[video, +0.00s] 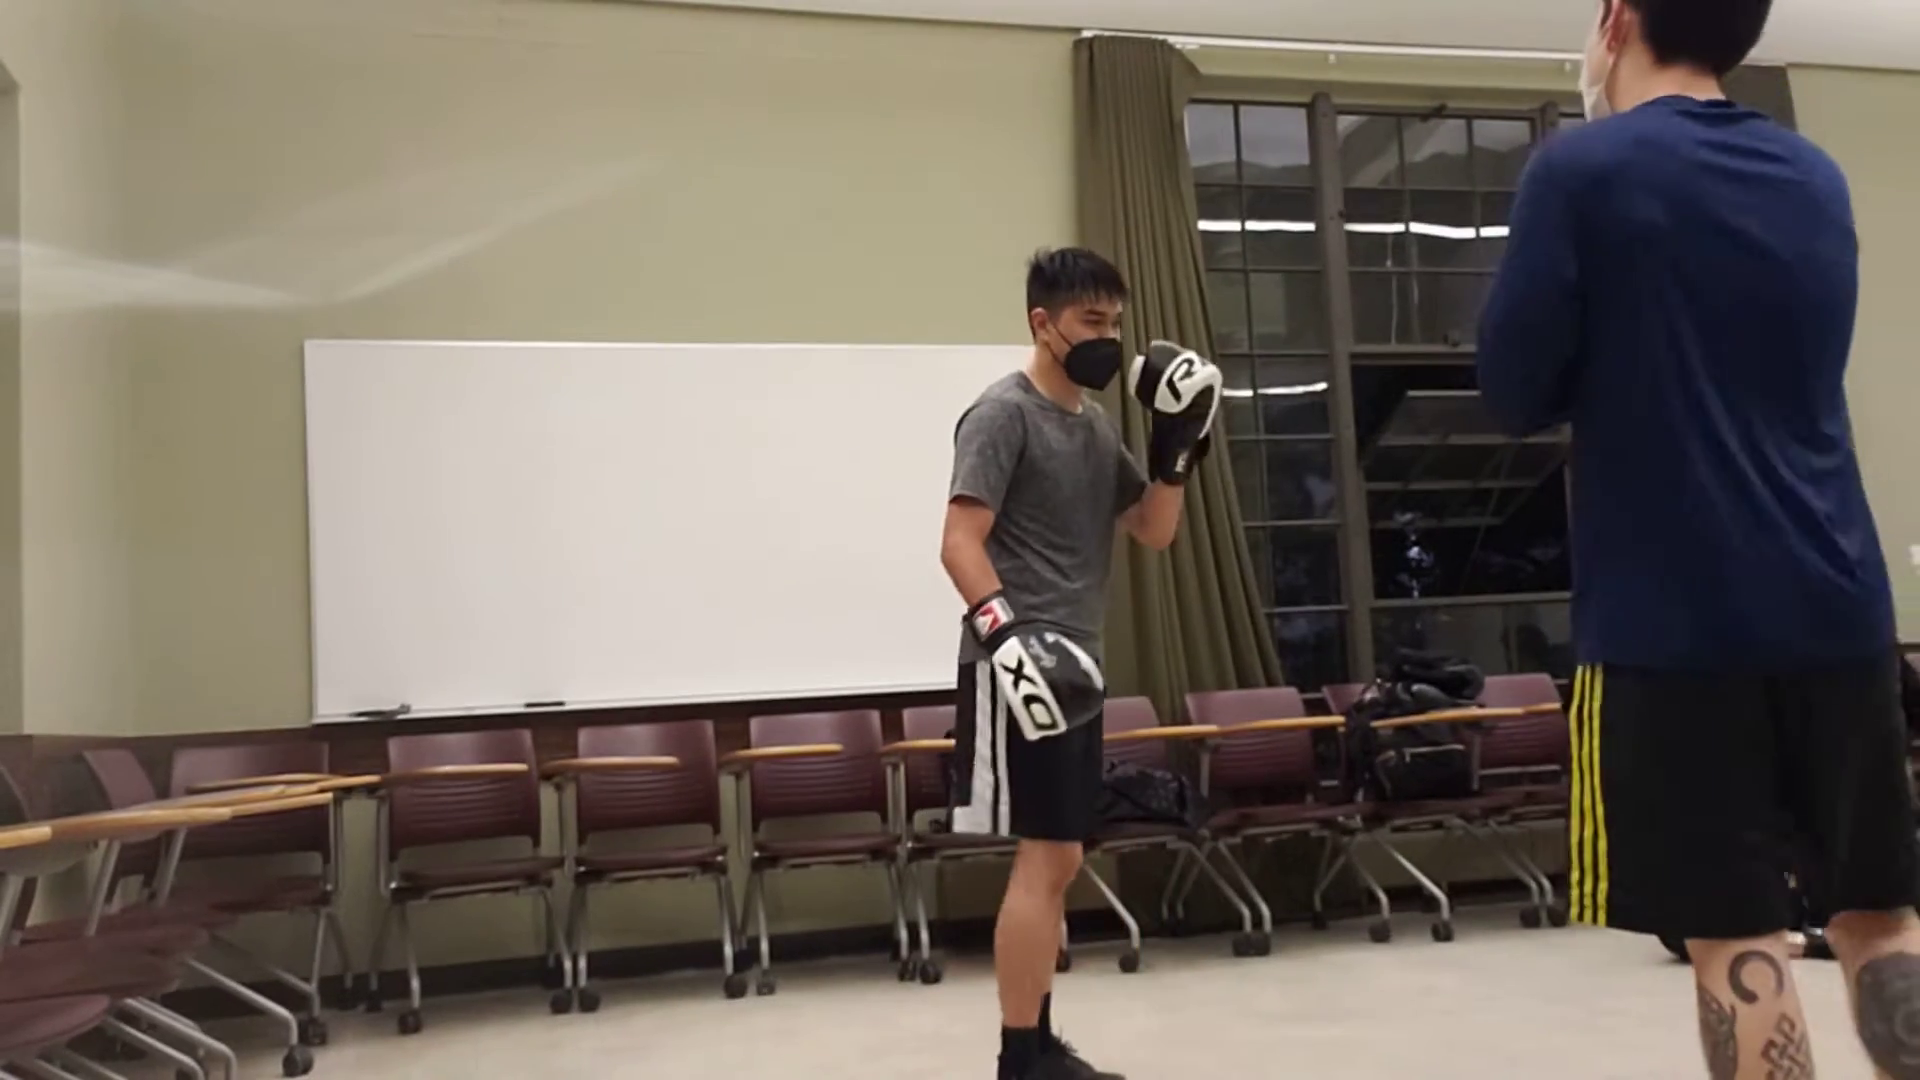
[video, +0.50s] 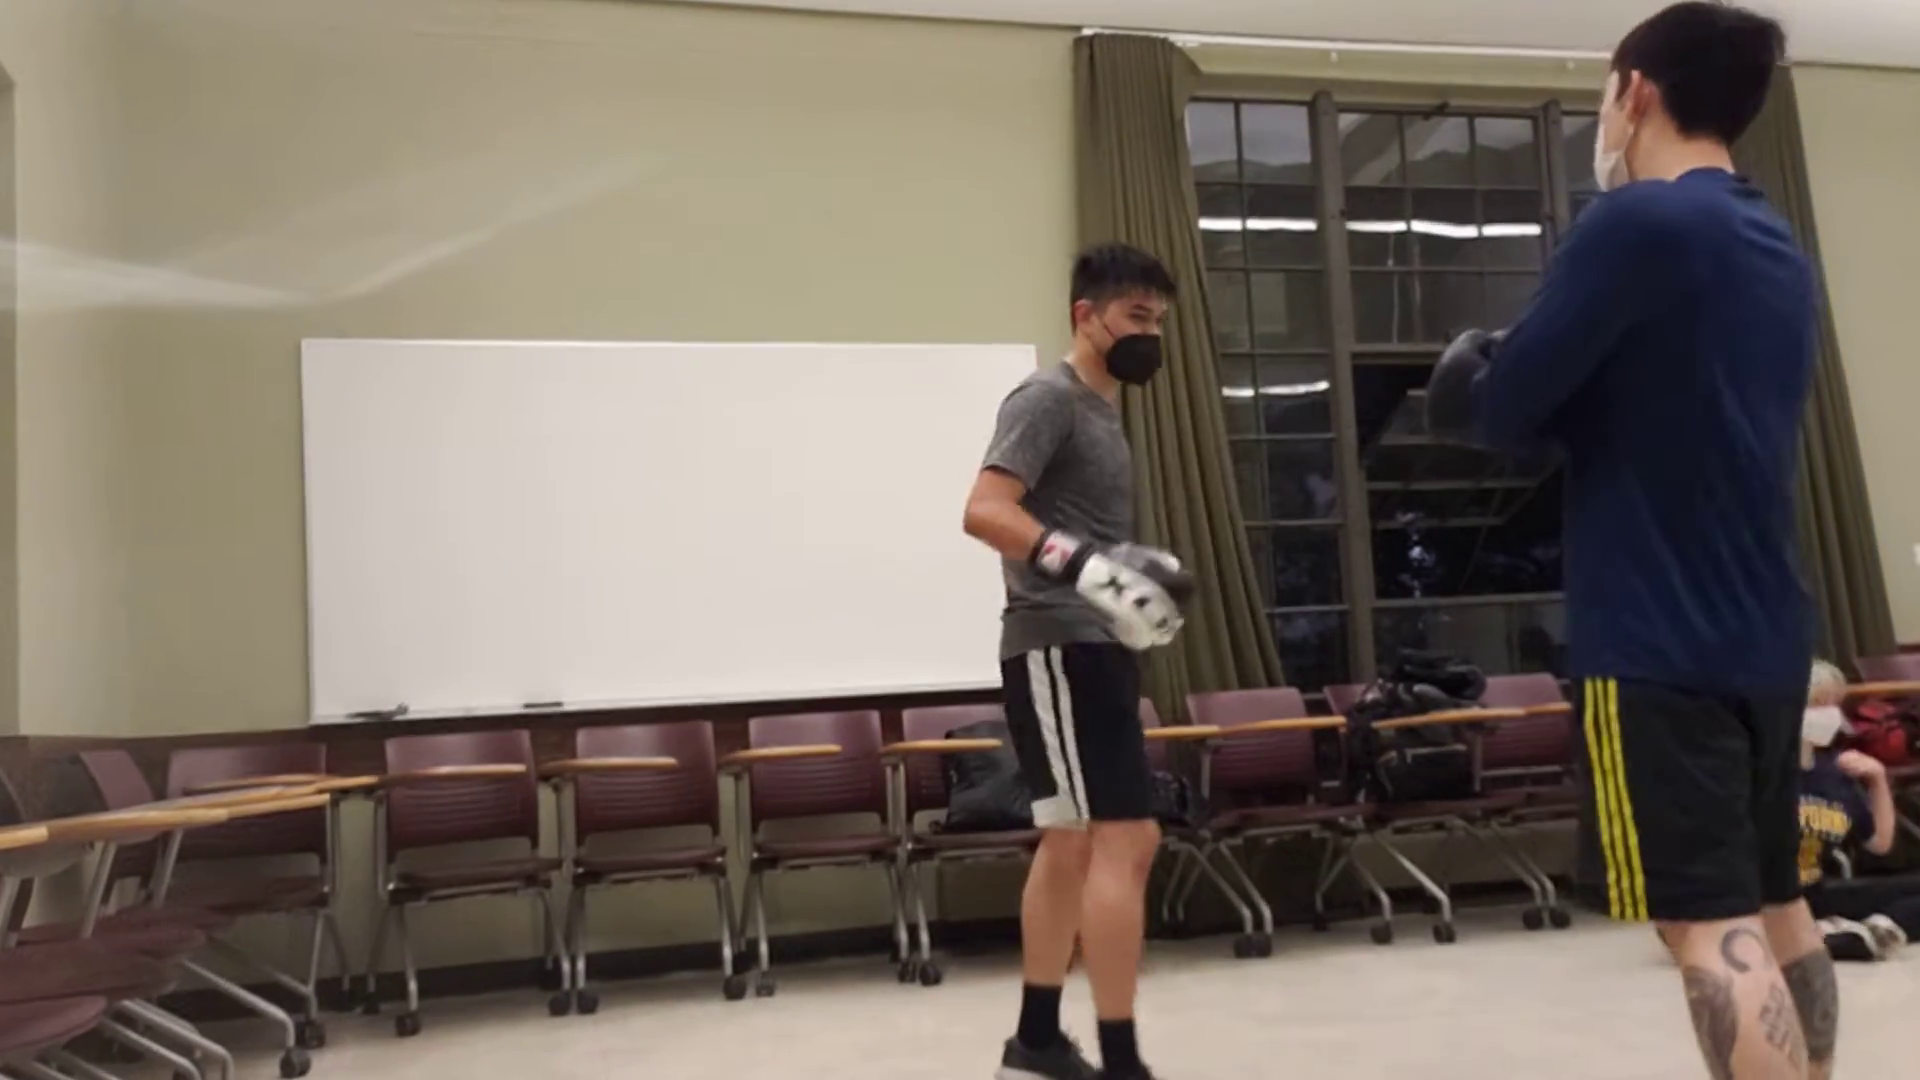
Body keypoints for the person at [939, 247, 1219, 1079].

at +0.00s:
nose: (1105, 337)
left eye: (1113, 324)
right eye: (1090, 321)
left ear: (1114, 327)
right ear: (1040, 320)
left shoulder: (1095, 426)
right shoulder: (1001, 415)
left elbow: (1155, 529)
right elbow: (960, 542)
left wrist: (1174, 440)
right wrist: (1006, 635)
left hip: (1073, 660)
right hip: (1025, 659)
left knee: (1063, 858)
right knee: (1044, 858)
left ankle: (1036, 1038)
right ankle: (1020, 1051)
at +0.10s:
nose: (1111, 340)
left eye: (1120, 327)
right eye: (1097, 323)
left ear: (1122, 330)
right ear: (1048, 320)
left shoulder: (1095, 425)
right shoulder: (1007, 411)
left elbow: (1144, 538)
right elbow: (965, 538)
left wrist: (1178, 467)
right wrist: (1021, 628)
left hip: (1072, 649)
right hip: (1026, 647)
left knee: (1073, 846)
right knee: (1058, 844)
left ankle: (1034, 1039)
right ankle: (1028, 1045)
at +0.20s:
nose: (1119, 344)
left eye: (1128, 331)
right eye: (1105, 327)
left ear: (1132, 333)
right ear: (1055, 321)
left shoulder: (1097, 424)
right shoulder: (1012, 411)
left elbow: (1114, 549)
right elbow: (967, 533)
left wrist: (1179, 510)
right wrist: (1030, 624)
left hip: (1075, 648)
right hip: (1034, 645)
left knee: (1058, 841)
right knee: (1085, 836)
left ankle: (1032, 1041)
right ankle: (1035, 1044)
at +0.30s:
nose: (1125, 345)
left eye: (1134, 333)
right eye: (1110, 329)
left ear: (1138, 337)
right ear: (1064, 325)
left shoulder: (1097, 423)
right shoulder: (1022, 411)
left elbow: (1089, 544)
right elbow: (969, 534)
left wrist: (1167, 554)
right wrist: (1038, 624)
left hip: (1078, 650)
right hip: (1040, 650)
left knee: (1055, 845)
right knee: (1110, 828)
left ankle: (1029, 1047)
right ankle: (1050, 1050)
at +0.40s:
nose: (1136, 343)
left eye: (1145, 330)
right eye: (1123, 324)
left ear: (1147, 335)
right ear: (1074, 320)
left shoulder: (1099, 417)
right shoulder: (1030, 405)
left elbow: (1082, 542)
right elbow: (972, 526)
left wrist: (1145, 577)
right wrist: (1053, 605)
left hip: (1083, 644)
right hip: (1045, 645)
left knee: (1062, 841)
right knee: (1127, 829)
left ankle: (1032, 1043)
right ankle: (1074, 1050)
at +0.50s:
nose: (1149, 335)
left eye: (1158, 322)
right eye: (1136, 317)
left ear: (1150, 328)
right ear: (1084, 313)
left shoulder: (1102, 409)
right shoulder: (1046, 398)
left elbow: (1085, 530)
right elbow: (984, 510)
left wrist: (1135, 569)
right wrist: (1085, 562)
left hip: (1086, 645)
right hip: (1060, 648)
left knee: (1066, 843)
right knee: (1125, 841)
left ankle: (1037, 1037)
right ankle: (1122, 1060)